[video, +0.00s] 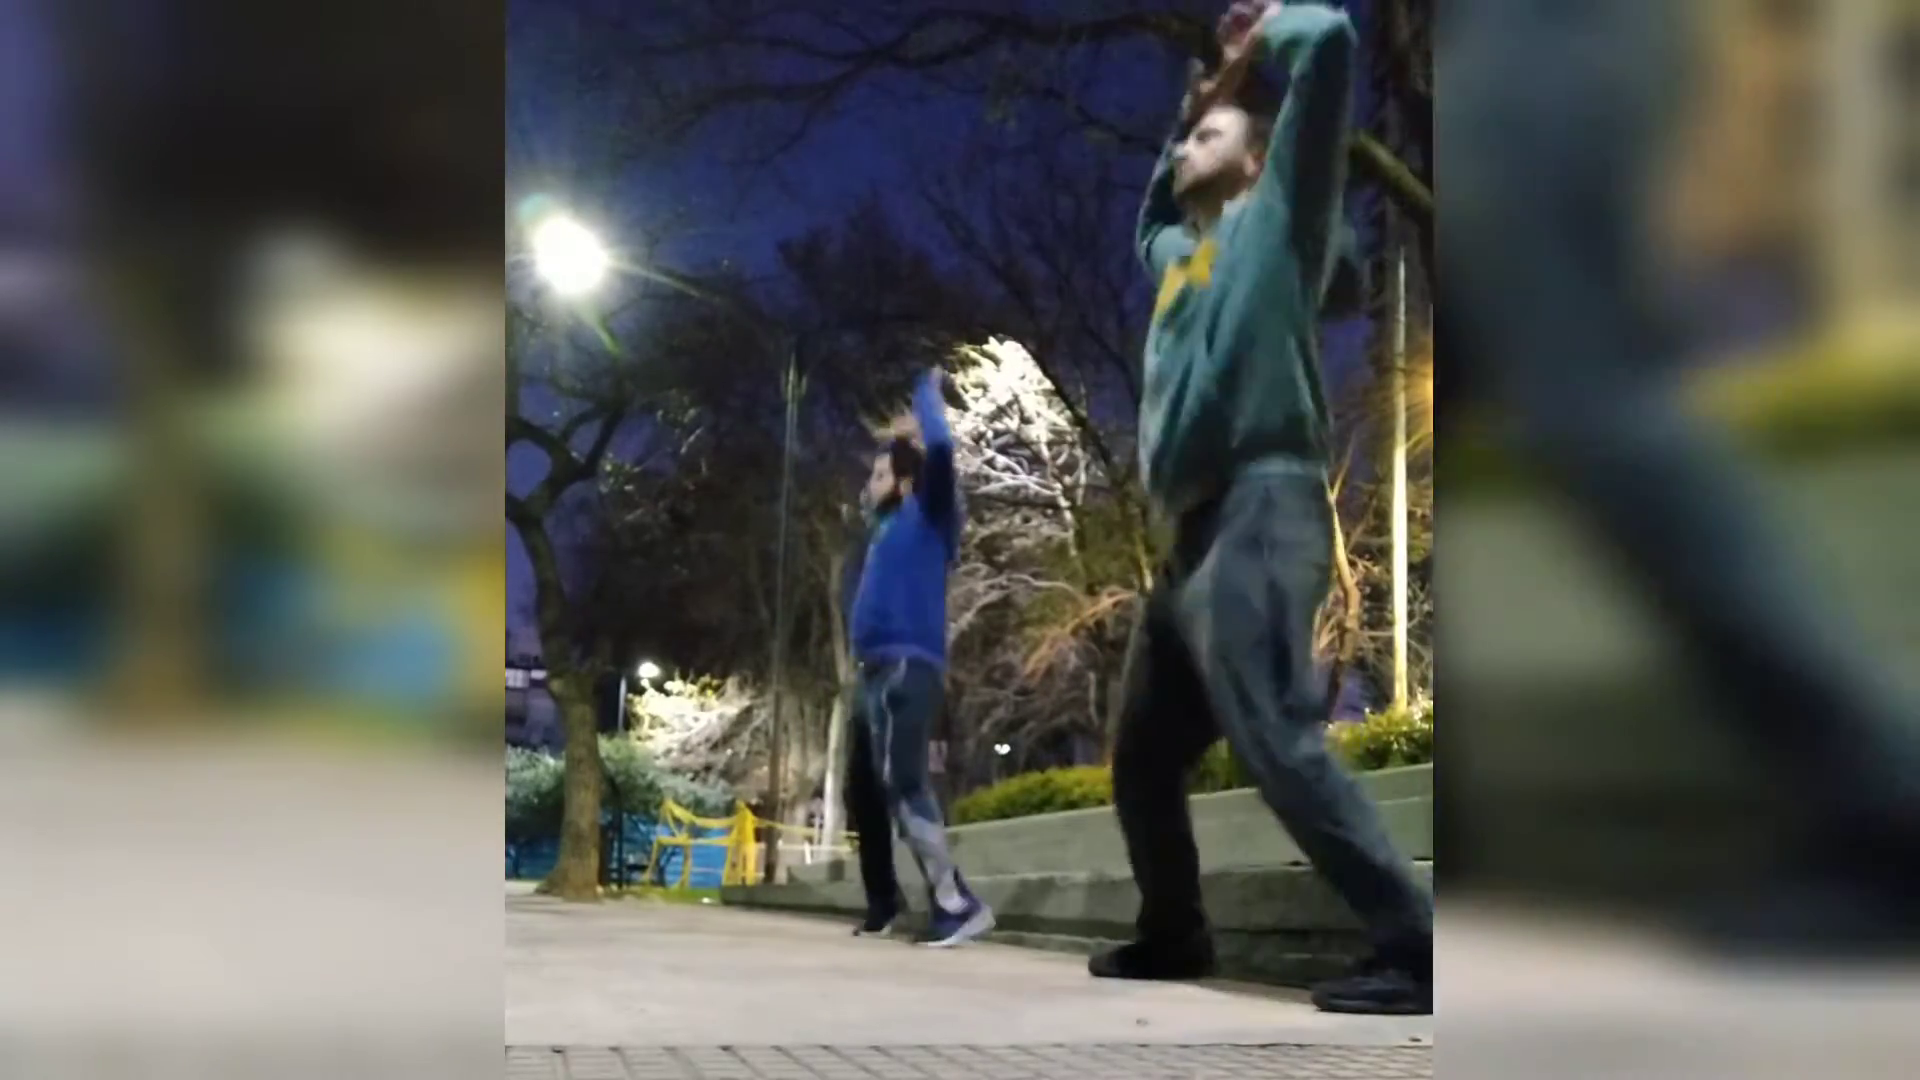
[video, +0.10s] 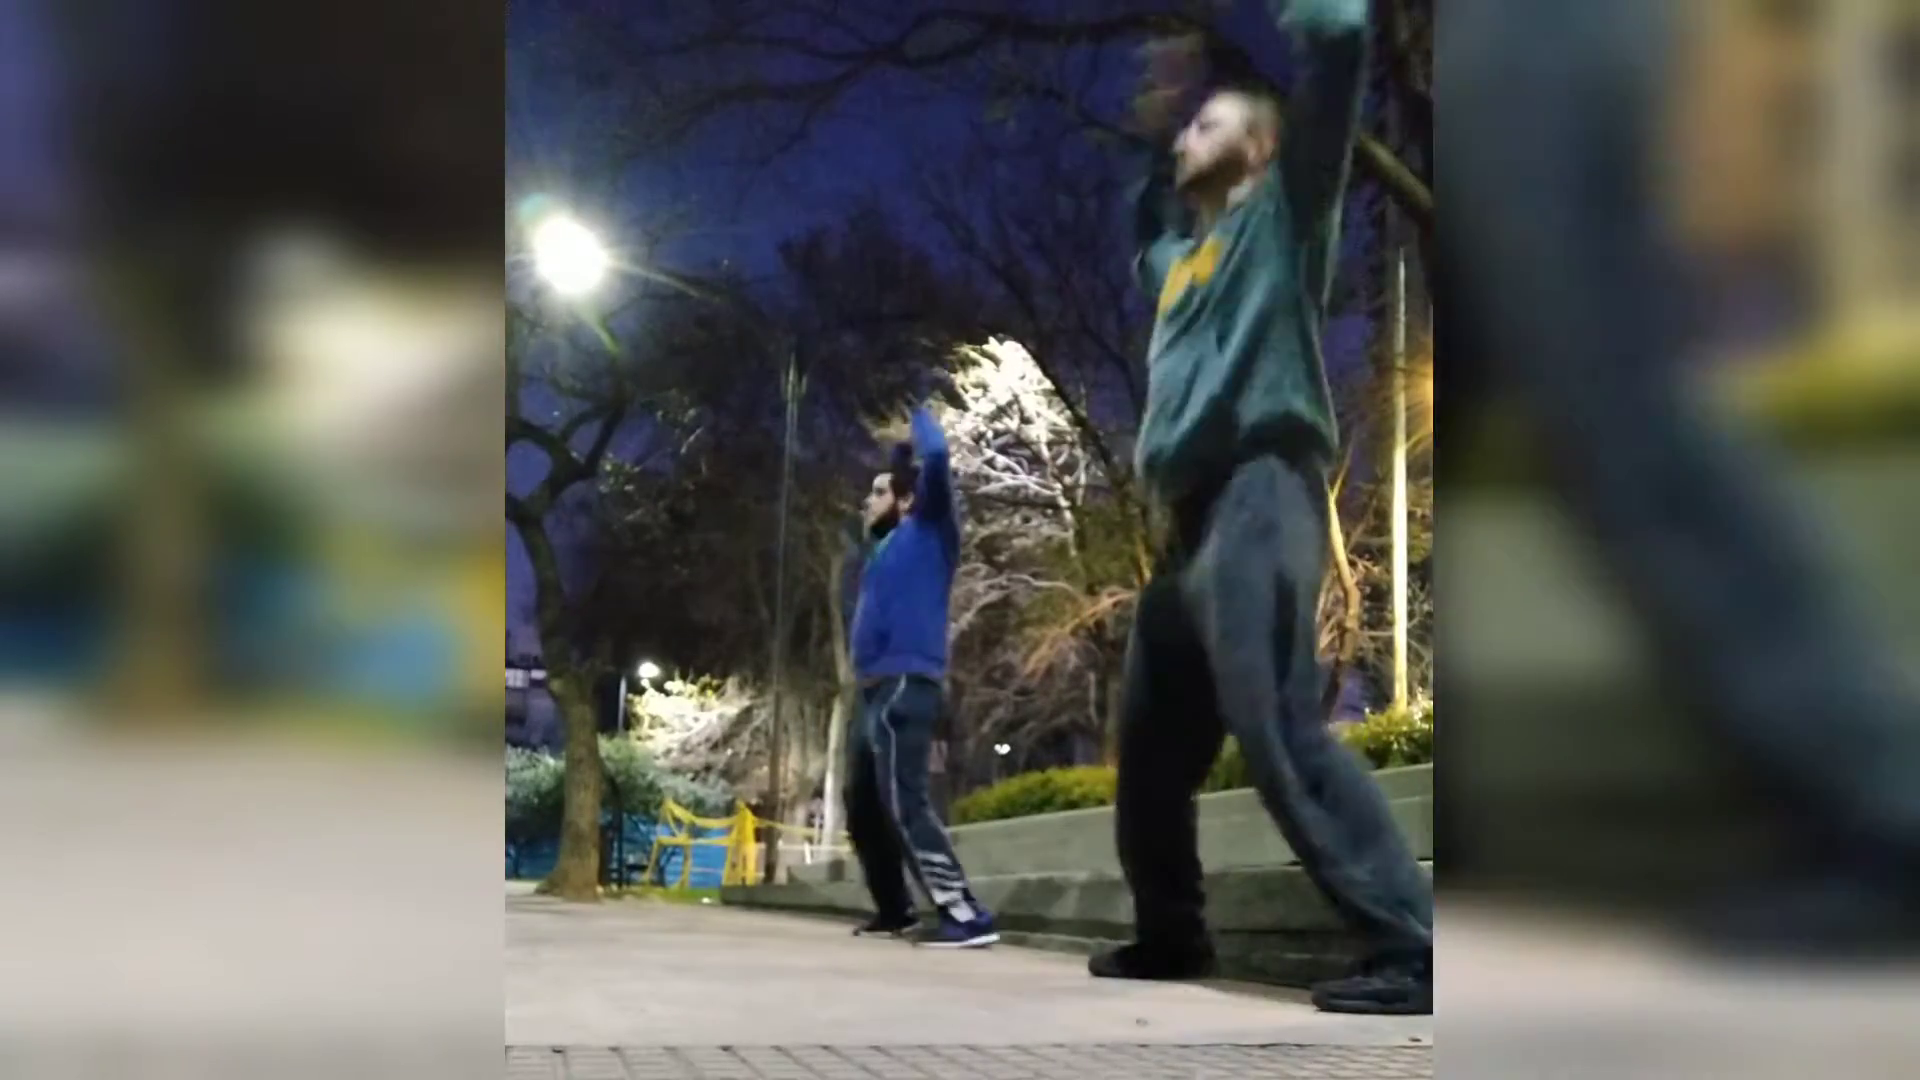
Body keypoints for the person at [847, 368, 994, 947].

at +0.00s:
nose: (874, 477)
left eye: (882, 469)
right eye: (875, 468)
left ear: (907, 474)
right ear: (890, 476)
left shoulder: (932, 517)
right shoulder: (882, 527)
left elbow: (940, 451)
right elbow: (871, 501)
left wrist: (928, 395)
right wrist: (885, 471)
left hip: (912, 661)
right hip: (871, 665)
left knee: (903, 782)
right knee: (864, 791)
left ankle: (955, 904)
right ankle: (883, 902)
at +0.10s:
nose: (874, 498)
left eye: (881, 491)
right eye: (875, 491)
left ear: (905, 494)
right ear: (894, 498)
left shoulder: (929, 527)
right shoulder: (888, 543)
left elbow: (935, 459)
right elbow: (867, 583)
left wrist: (921, 416)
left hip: (909, 674)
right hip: (875, 678)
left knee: (903, 799)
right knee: (864, 804)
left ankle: (963, 914)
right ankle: (895, 909)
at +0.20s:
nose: (877, 463)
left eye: (886, 455)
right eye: (877, 455)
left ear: (911, 461)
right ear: (887, 465)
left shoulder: (929, 503)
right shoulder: (879, 512)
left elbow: (954, 456)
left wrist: (948, 388)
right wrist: (859, 510)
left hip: (909, 639)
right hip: (869, 643)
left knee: (912, 768)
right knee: (870, 774)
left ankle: (947, 893)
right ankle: (887, 887)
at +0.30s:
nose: (869, 454)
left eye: (878, 445)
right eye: (870, 445)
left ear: (907, 453)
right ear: (892, 455)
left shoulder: (920, 486)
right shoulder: (884, 498)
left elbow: (945, 505)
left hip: (905, 626)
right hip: (874, 630)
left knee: (896, 756)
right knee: (871, 763)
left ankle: (934, 884)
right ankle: (892, 884)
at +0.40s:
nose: (863, 468)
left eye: (872, 459)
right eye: (865, 459)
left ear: (898, 467)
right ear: (892, 468)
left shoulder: (918, 507)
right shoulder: (878, 518)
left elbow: (938, 576)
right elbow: (875, 591)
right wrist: (861, 652)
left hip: (904, 651)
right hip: (873, 653)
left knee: (874, 772)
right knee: (862, 777)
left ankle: (909, 897)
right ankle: (894, 902)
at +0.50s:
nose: (860, 492)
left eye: (869, 483)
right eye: (862, 483)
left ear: (897, 490)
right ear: (892, 491)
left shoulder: (915, 535)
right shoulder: (885, 539)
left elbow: (932, 606)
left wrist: (918, 670)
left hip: (900, 680)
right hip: (876, 680)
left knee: (866, 796)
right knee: (860, 797)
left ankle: (911, 910)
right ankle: (902, 907)